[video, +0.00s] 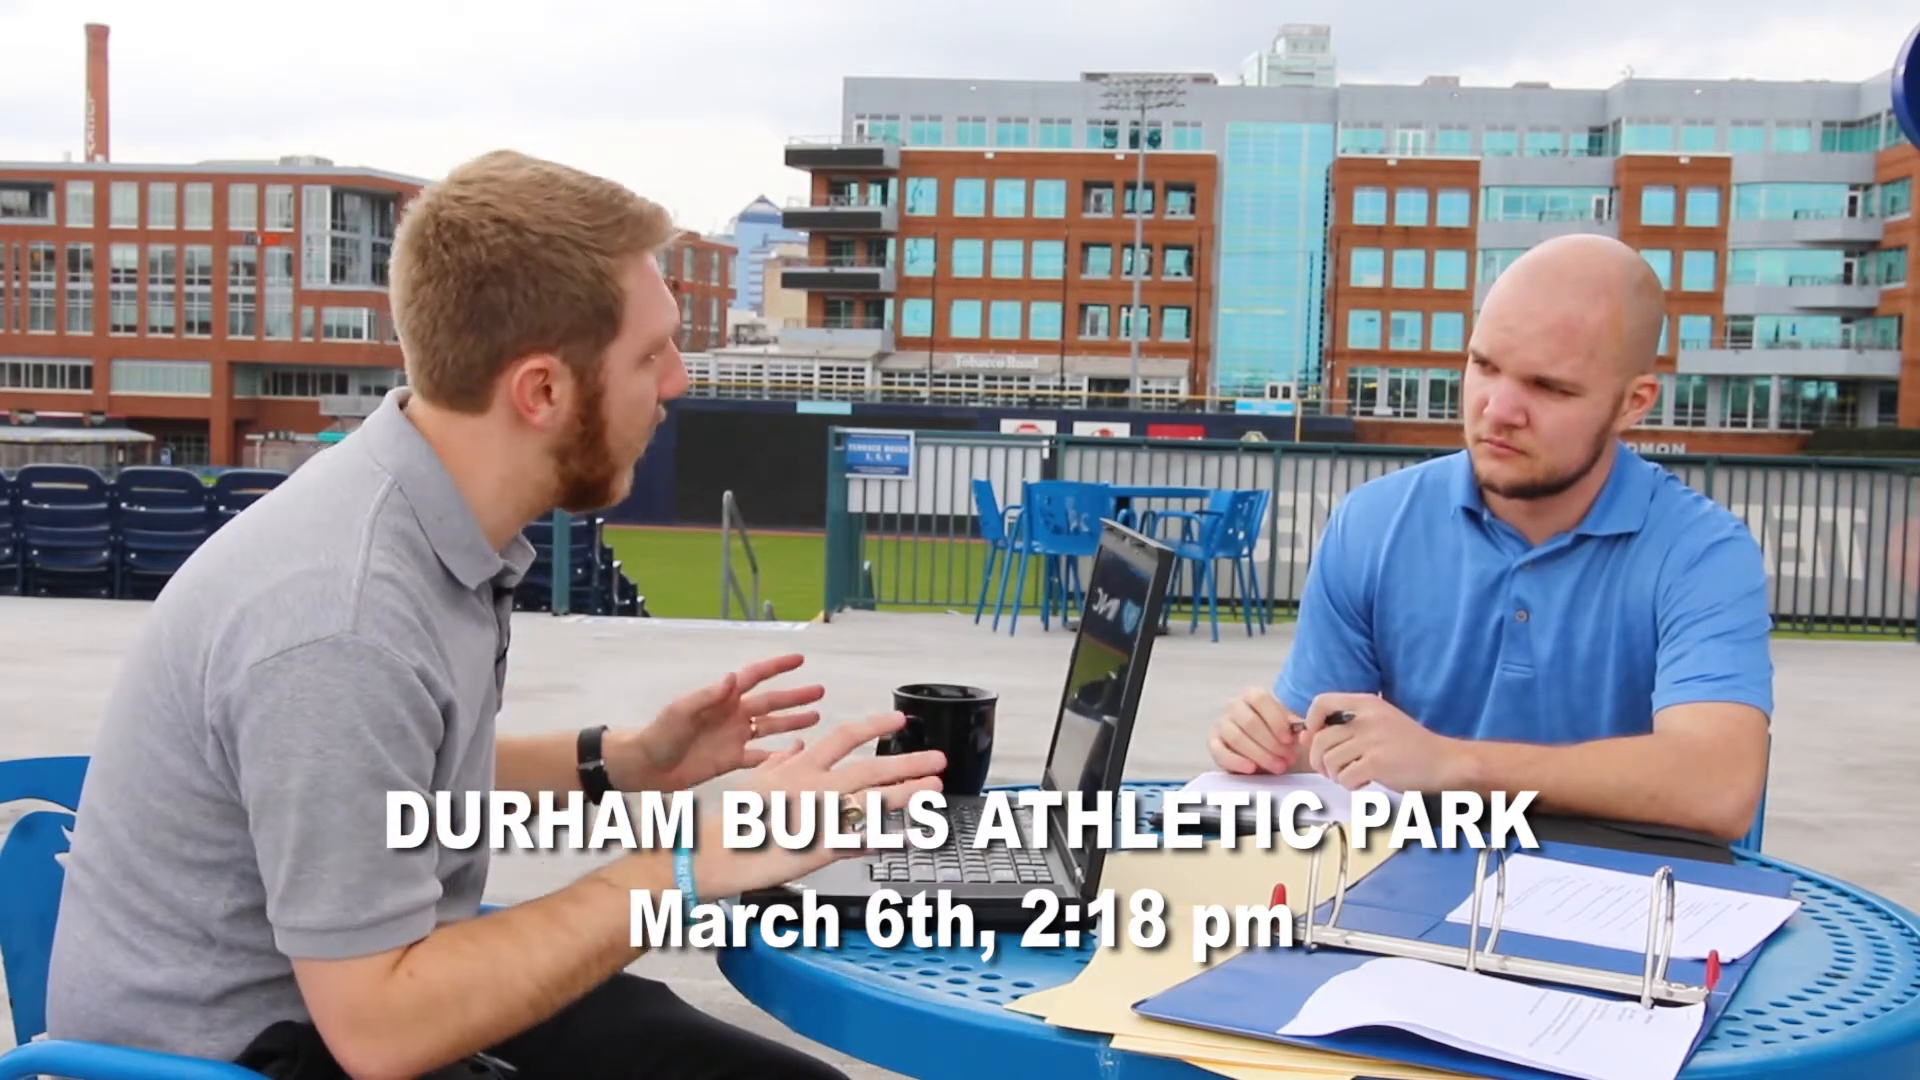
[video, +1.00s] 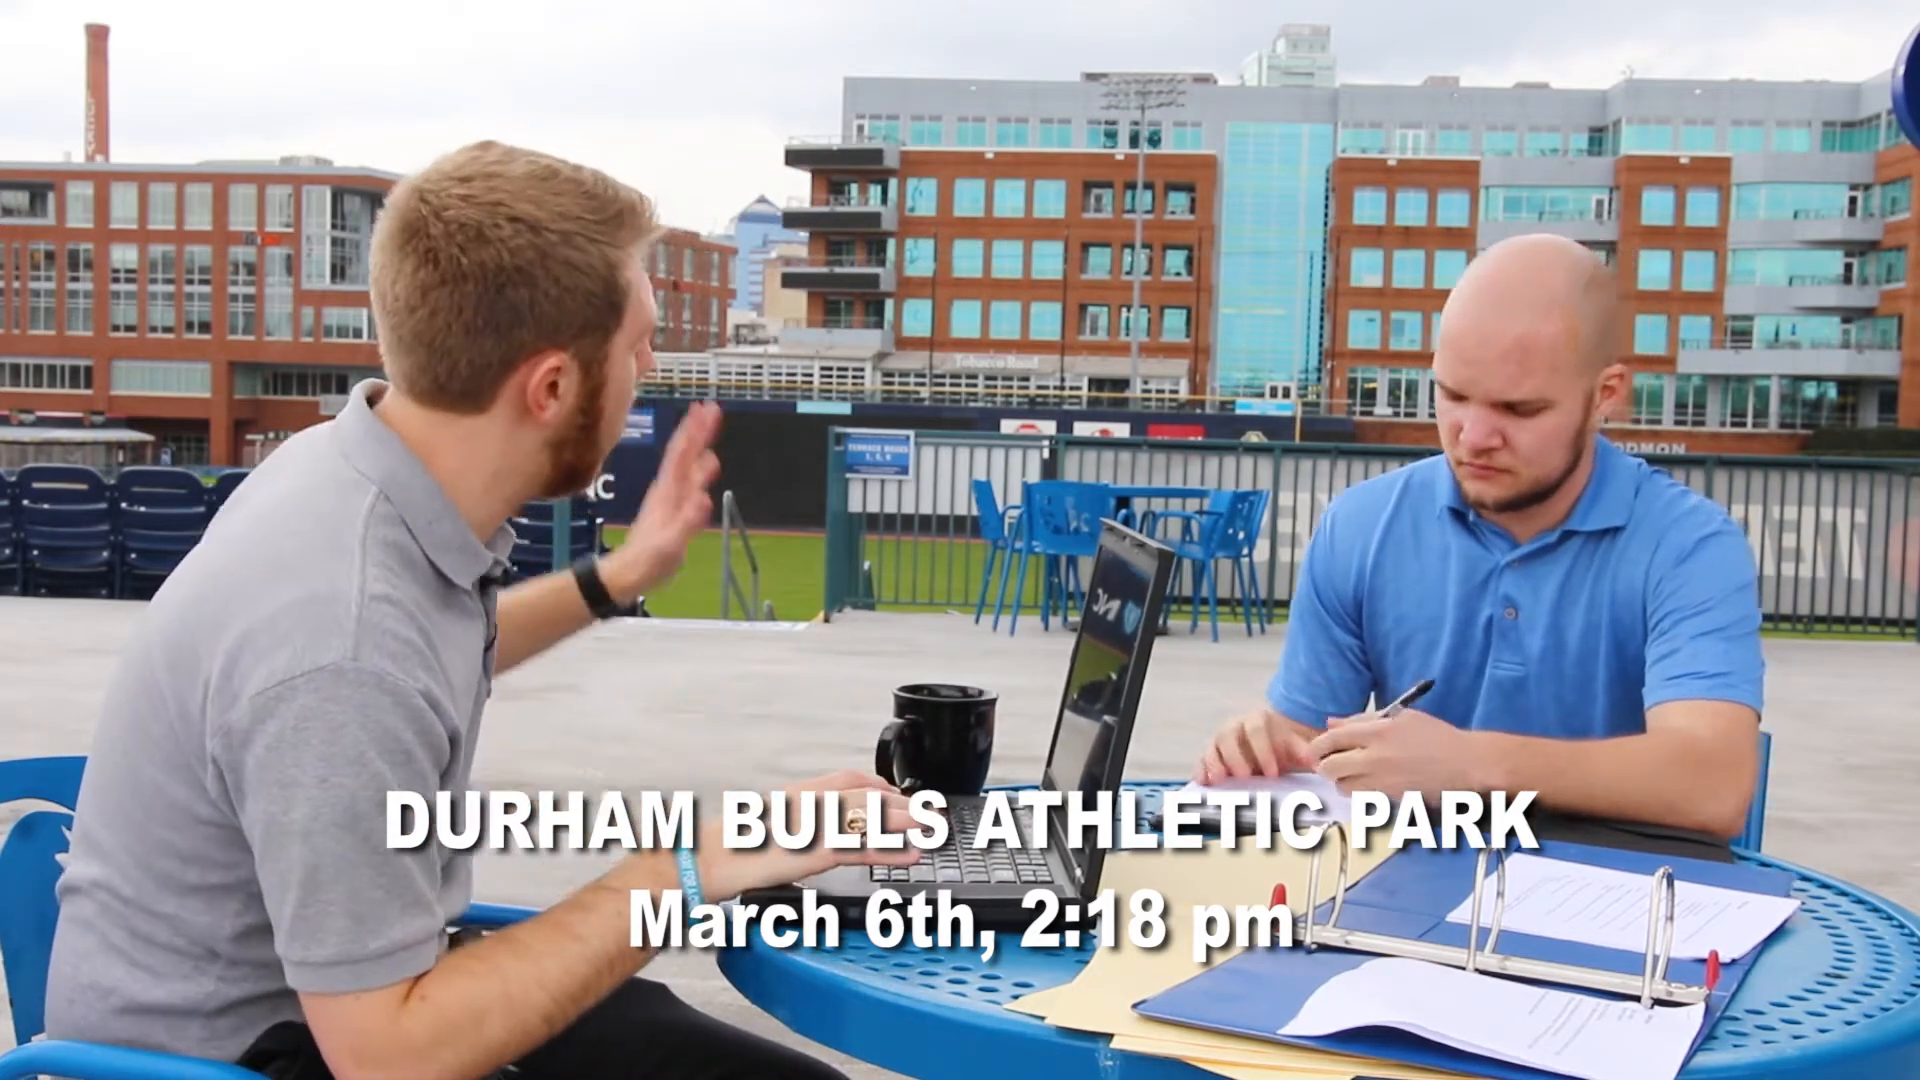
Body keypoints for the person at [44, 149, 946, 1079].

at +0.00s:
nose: (680, 384)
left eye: (671, 347)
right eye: (654, 357)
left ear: (525, 388)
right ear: (538, 391)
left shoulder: (412, 512)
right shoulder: (333, 620)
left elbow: (390, 769)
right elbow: (378, 1025)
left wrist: (622, 765)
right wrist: (694, 867)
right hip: (222, 1043)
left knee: (637, 1007)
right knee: (629, 1024)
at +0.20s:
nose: (686, 396)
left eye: (680, 360)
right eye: (663, 367)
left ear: (536, 384)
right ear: (548, 388)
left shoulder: (417, 515)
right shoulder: (341, 614)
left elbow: (398, 782)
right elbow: (388, 1027)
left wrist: (635, 770)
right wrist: (692, 862)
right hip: (226, 1045)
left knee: (644, 1008)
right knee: (637, 1030)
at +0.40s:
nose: (688, 395)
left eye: (681, 358)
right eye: (664, 364)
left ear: (541, 392)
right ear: (552, 391)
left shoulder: (434, 523)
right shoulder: (343, 620)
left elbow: (417, 788)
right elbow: (383, 1030)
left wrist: (638, 780)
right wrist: (688, 867)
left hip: (368, 966)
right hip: (227, 1042)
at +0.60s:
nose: (682, 390)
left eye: (674, 353)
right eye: (656, 360)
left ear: (533, 389)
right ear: (541, 390)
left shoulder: (423, 521)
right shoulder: (334, 622)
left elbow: (415, 788)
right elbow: (385, 1032)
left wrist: (634, 792)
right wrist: (690, 873)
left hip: (356, 975)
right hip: (217, 1047)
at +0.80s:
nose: (666, 382)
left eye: (660, 348)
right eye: (647, 357)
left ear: (528, 389)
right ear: (538, 392)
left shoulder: (408, 506)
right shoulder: (321, 626)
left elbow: (414, 761)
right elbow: (382, 1036)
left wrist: (630, 768)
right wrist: (689, 867)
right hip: (212, 1046)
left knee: (800, 1066)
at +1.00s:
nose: (647, 366)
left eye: (644, 335)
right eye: (638, 341)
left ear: (416, 340)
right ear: (549, 387)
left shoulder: (341, 469)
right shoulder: (339, 653)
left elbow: (419, 662)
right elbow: (387, 1047)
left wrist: (619, 575)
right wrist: (685, 870)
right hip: (213, 1048)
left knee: (634, 1000)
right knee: (795, 1069)